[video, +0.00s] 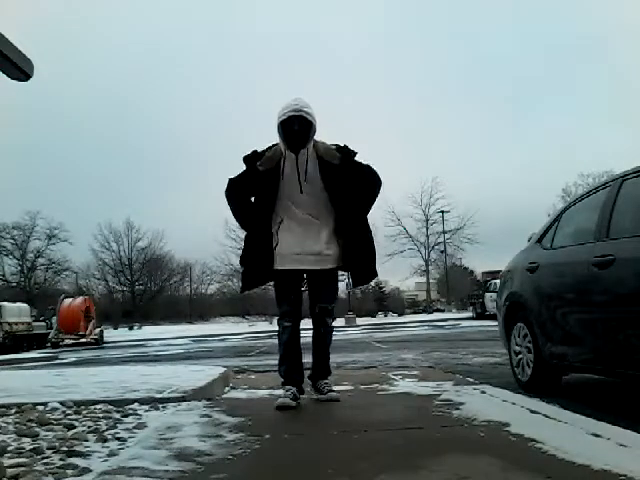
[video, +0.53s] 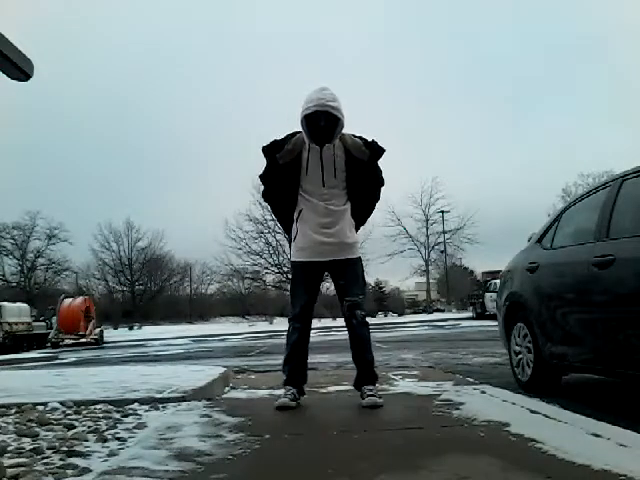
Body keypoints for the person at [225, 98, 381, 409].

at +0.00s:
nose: (295, 130)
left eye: (301, 124)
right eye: (289, 125)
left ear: (312, 127)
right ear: (279, 129)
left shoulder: (334, 158)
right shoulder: (269, 162)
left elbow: (371, 182)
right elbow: (235, 190)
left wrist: (351, 218)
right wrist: (255, 225)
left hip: (325, 252)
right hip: (285, 253)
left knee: (324, 318)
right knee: (288, 320)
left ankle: (321, 381)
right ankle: (291, 386)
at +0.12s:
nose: (292, 127)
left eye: (299, 120)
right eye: (286, 121)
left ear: (310, 122)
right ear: (277, 125)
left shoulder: (330, 150)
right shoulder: (267, 156)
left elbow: (368, 176)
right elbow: (237, 185)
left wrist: (353, 215)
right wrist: (258, 222)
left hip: (327, 243)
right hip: (286, 245)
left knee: (332, 312)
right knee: (288, 318)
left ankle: (331, 372)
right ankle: (291, 385)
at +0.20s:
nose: (293, 126)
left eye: (299, 119)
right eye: (286, 120)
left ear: (311, 121)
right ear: (277, 123)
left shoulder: (330, 148)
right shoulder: (267, 155)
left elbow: (366, 177)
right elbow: (243, 186)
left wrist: (350, 215)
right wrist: (266, 219)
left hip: (328, 243)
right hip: (288, 246)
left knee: (339, 311)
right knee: (289, 319)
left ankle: (344, 376)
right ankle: (292, 386)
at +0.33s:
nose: (299, 126)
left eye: (305, 119)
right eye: (292, 119)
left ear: (317, 120)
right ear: (282, 122)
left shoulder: (336, 148)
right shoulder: (270, 154)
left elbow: (364, 179)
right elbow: (253, 191)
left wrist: (347, 218)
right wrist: (276, 225)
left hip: (332, 241)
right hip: (291, 245)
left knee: (346, 311)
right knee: (291, 320)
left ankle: (362, 380)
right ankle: (292, 386)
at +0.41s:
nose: (306, 124)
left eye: (313, 118)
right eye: (300, 118)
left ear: (324, 119)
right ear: (289, 121)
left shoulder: (341, 149)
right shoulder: (277, 153)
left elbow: (367, 181)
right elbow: (259, 191)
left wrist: (345, 222)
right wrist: (282, 225)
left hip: (335, 242)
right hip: (295, 245)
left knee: (350, 312)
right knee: (292, 319)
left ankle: (367, 382)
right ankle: (292, 386)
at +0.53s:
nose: (320, 125)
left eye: (327, 119)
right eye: (314, 119)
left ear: (338, 119)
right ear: (304, 120)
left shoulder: (356, 151)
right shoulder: (289, 151)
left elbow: (372, 187)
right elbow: (272, 190)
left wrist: (353, 223)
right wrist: (293, 226)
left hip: (345, 245)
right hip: (305, 246)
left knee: (356, 314)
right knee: (299, 319)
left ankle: (367, 384)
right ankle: (293, 386)